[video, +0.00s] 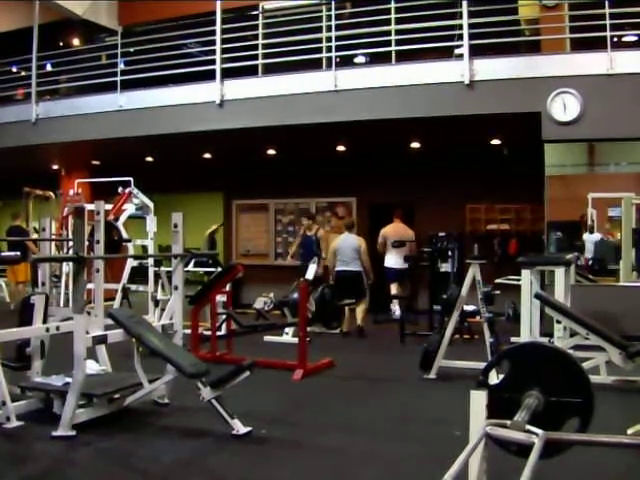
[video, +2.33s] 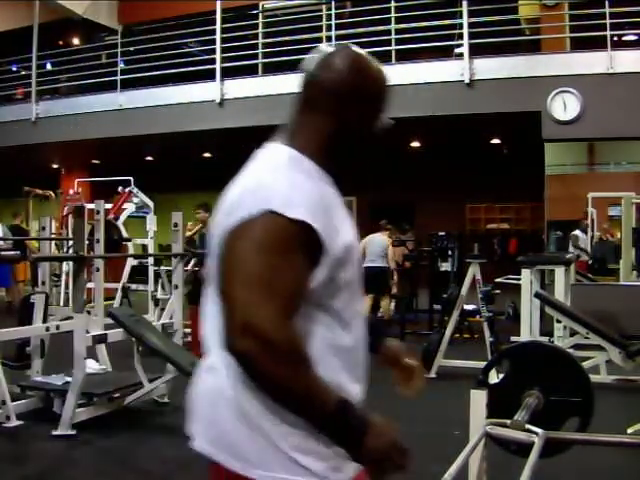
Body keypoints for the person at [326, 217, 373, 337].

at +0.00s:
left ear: (344, 227)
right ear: (354, 227)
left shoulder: (336, 241)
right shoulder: (360, 241)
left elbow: (331, 260)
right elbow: (365, 260)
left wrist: (331, 274)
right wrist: (370, 274)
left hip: (341, 272)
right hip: (356, 272)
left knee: (346, 302)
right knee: (362, 299)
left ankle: (345, 327)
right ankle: (359, 322)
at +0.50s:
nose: (364, 229)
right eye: (363, 228)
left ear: (352, 228)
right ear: (362, 228)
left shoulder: (344, 242)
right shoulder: (368, 241)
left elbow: (339, 261)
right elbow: (372, 261)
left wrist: (338, 274)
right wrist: (377, 275)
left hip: (348, 272)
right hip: (364, 272)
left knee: (349, 301)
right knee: (365, 300)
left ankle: (346, 326)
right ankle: (367, 324)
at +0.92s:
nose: (373, 228)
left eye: (372, 226)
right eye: (372, 226)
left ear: (360, 226)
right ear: (371, 227)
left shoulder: (353, 240)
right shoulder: (377, 240)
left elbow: (349, 256)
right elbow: (382, 258)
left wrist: (349, 268)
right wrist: (386, 269)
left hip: (356, 269)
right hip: (371, 269)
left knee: (356, 299)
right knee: (369, 298)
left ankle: (354, 322)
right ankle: (367, 324)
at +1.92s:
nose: (377, 232)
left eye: (377, 230)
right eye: (377, 230)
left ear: (366, 229)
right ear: (374, 229)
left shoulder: (357, 239)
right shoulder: (376, 240)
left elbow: (353, 255)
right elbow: (378, 256)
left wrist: (356, 264)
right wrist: (383, 271)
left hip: (358, 267)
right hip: (372, 267)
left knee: (362, 295)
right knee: (380, 292)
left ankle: (364, 321)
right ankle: (381, 315)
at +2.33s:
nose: (389, 234)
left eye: (389, 232)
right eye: (389, 232)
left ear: (379, 230)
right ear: (388, 231)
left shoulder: (367, 239)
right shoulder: (388, 241)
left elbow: (359, 253)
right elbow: (390, 258)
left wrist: (358, 265)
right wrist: (394, 271)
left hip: (368, 266)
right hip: (382, 267)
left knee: (370, 294)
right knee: (385, 295)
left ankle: (365, 315)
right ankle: (385, 316)